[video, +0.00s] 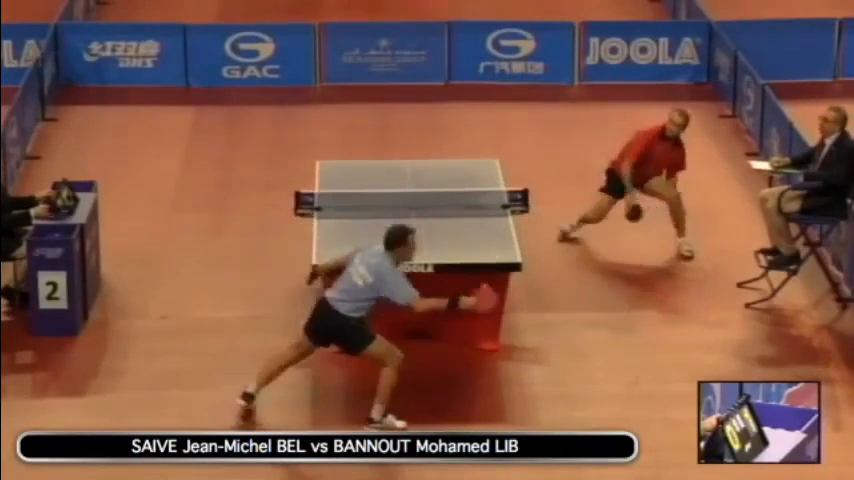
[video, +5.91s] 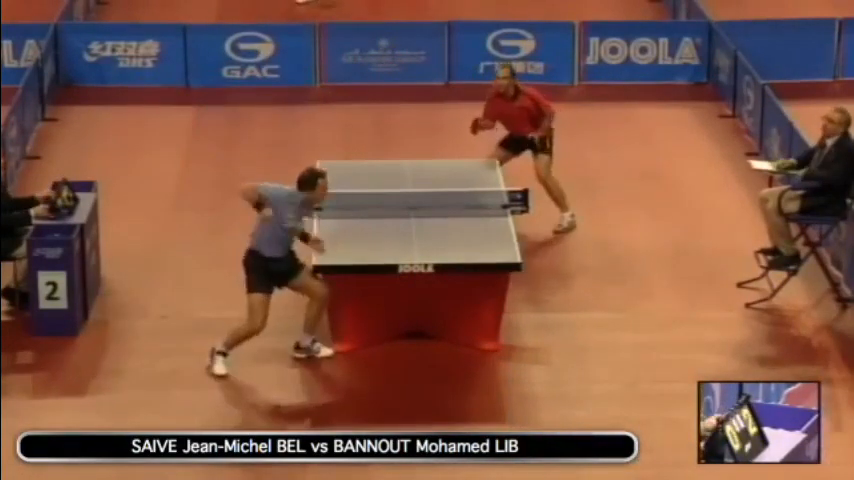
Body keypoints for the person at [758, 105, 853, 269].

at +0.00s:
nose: (821, 123)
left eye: (826, 121)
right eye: (821, 119)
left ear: (838, 126)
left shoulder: (846, 147)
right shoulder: (826, 141)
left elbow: (837, 177)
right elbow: (807, 158)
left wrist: (806, 175)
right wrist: (786, 163)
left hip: (830, 199)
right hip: (815, 191)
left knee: (773, 205)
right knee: (766, 197)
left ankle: (789, 254)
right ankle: (780, 247)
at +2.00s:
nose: (821, 122)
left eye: (827, 119)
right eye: (822, 118)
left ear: (839, 125)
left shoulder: (846, 147)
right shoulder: (826, 140)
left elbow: (837, 177)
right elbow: (808, 158)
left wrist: (804, 175)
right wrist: (787, 163)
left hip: (829, 199)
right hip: (815, 191)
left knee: (774, 205)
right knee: (765, 196)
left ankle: (790, 254)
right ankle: (780, 247)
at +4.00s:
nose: (821, 123)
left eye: (827, 119)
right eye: (821, 118)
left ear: (839, 125)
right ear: (820, 119)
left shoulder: (846, 147)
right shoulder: (827, 140)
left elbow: (837, 177)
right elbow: (809, 157)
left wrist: (804, 175)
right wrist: (787, 163)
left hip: (829, 199)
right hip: (815, 191)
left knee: (773, 205)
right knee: (765, 197)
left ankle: (790, 254)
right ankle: (780, 247)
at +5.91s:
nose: (824, 124)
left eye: (830, 122)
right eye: (825, 120)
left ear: (842, 128)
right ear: (824, 120)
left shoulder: (846, 148)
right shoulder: (826, 141)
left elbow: (834, 178)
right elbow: (806, 159)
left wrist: (802, 177)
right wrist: (790, 164)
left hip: (829, 199)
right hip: (813, 190)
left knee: (774, 206)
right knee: (765, 197)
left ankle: (790, 254)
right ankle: (780, 247)